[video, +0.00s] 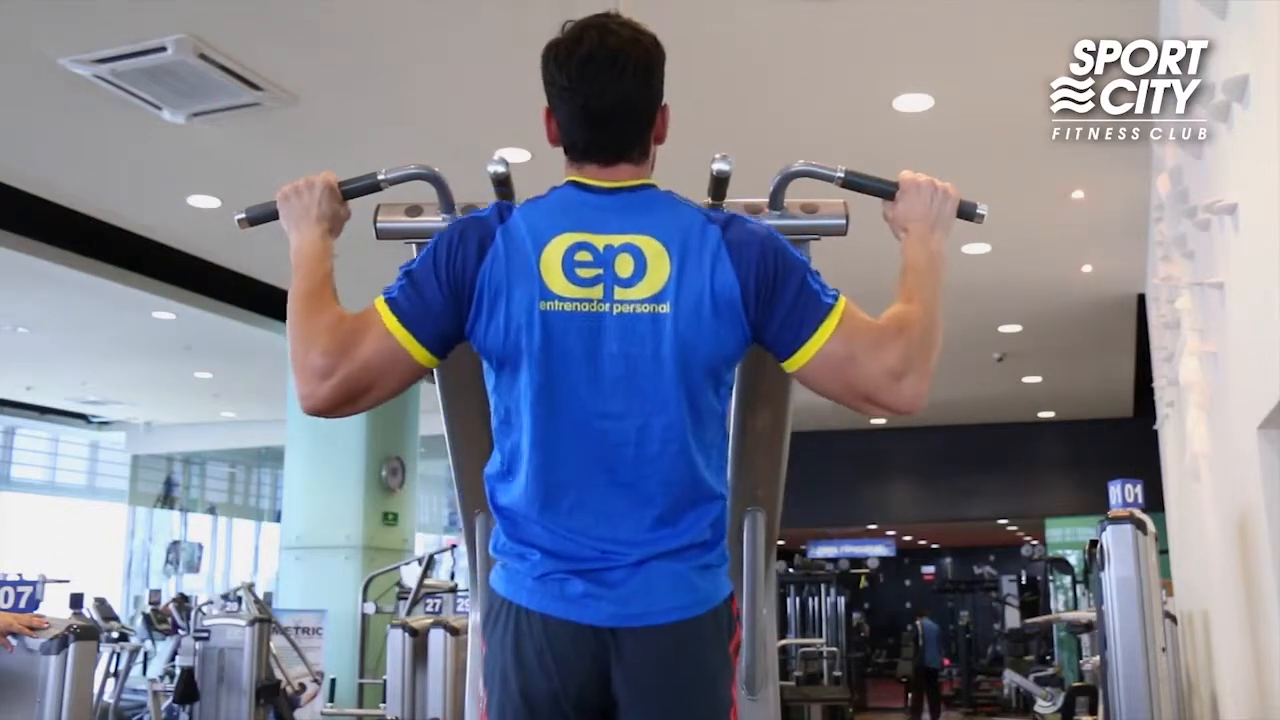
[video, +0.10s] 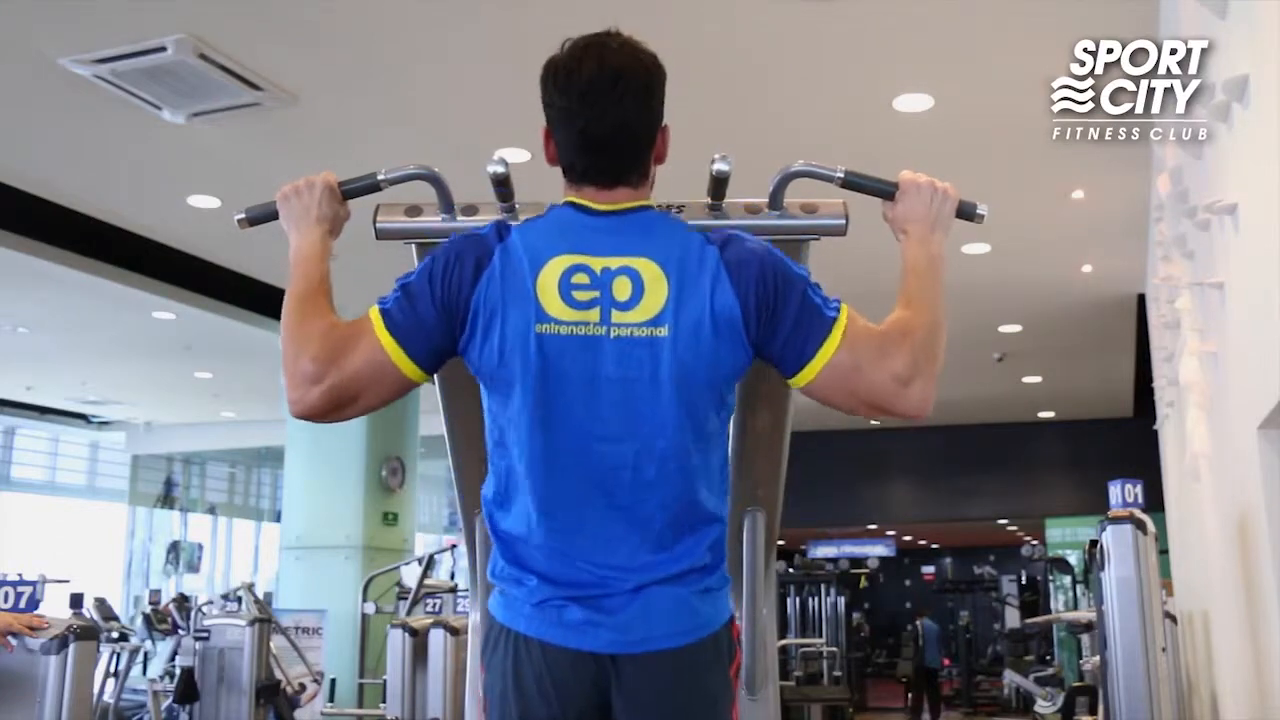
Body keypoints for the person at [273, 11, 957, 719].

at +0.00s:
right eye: (664, 113)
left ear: (550, 127)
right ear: (662, 126)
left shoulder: (486, 245)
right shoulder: (733, 249)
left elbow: (327, 382)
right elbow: (896, 381)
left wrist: (309, 240)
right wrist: (925, 242)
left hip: (532, 614)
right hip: (679, 616)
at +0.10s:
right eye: (662, 131)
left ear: (547, 145)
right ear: (662, 147)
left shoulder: (485, 262)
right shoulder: (732, 269)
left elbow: (316, 387)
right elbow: (905, 385)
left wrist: (309, 238)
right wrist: (924, 239)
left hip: (532, 636)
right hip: (680, 637)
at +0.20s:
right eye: (661, 150)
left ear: (544, 170)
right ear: (662, 170)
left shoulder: (478, 287)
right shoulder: (732, 293)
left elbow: (305, 392)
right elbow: (911, 392)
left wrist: (308, 236)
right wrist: (924, 238)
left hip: (529, 669)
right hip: (682, 668)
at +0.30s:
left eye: (546, 172)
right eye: (658, 175)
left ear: (542, 195)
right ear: (662, 195)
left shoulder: (475, 311)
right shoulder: (732, 318)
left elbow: (297, 394)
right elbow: (912, 396)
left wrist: (308, 243)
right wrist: (924, 240)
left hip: (528, 689)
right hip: (687, 689)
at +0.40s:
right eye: (661, 204)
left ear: (538, 223)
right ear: (660, 224)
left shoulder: (471, 335)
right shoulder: (731, 346)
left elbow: (292, 394)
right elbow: (917, 395)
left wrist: (307, 241)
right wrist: (925, 238)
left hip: (525, 701)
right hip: (685, 700)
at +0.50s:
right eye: (661, 237)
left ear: (539, 259)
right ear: (660, 260)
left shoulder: (469, 367)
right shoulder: (731, 379)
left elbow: (289, 397)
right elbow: (918, 398)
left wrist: (307, 244)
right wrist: (925, 243)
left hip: (523, 703)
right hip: (681, 705)